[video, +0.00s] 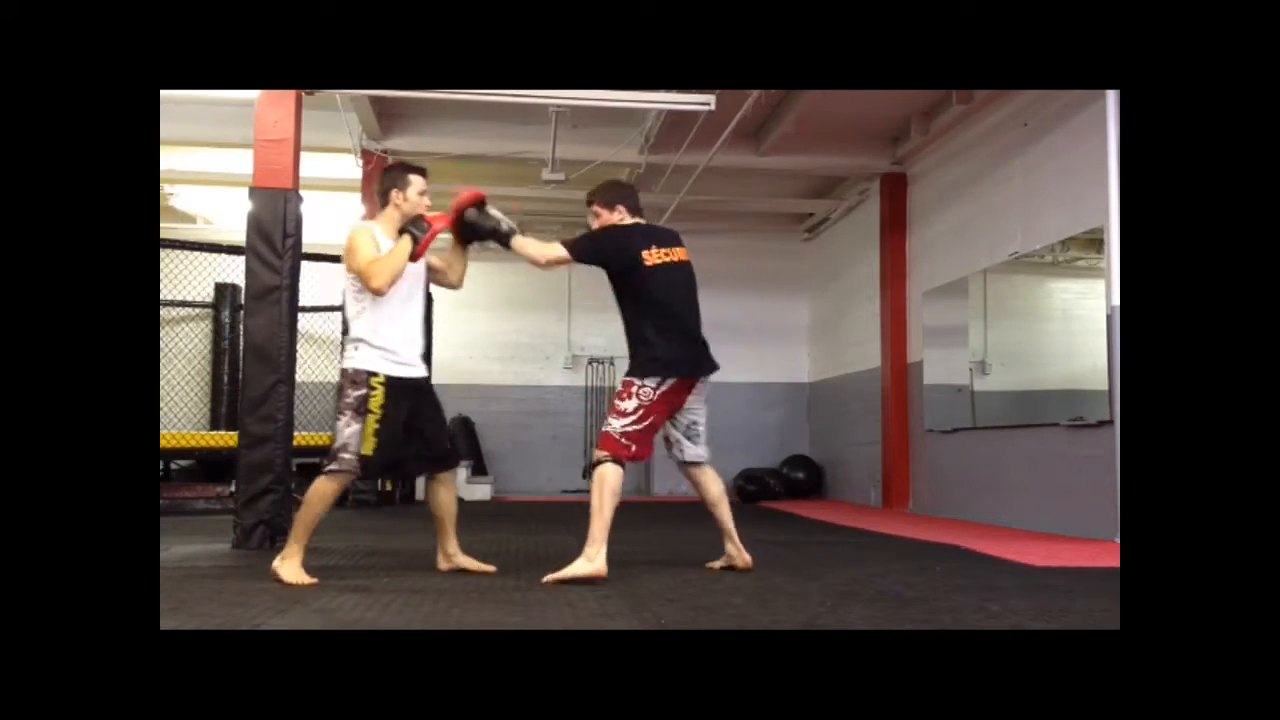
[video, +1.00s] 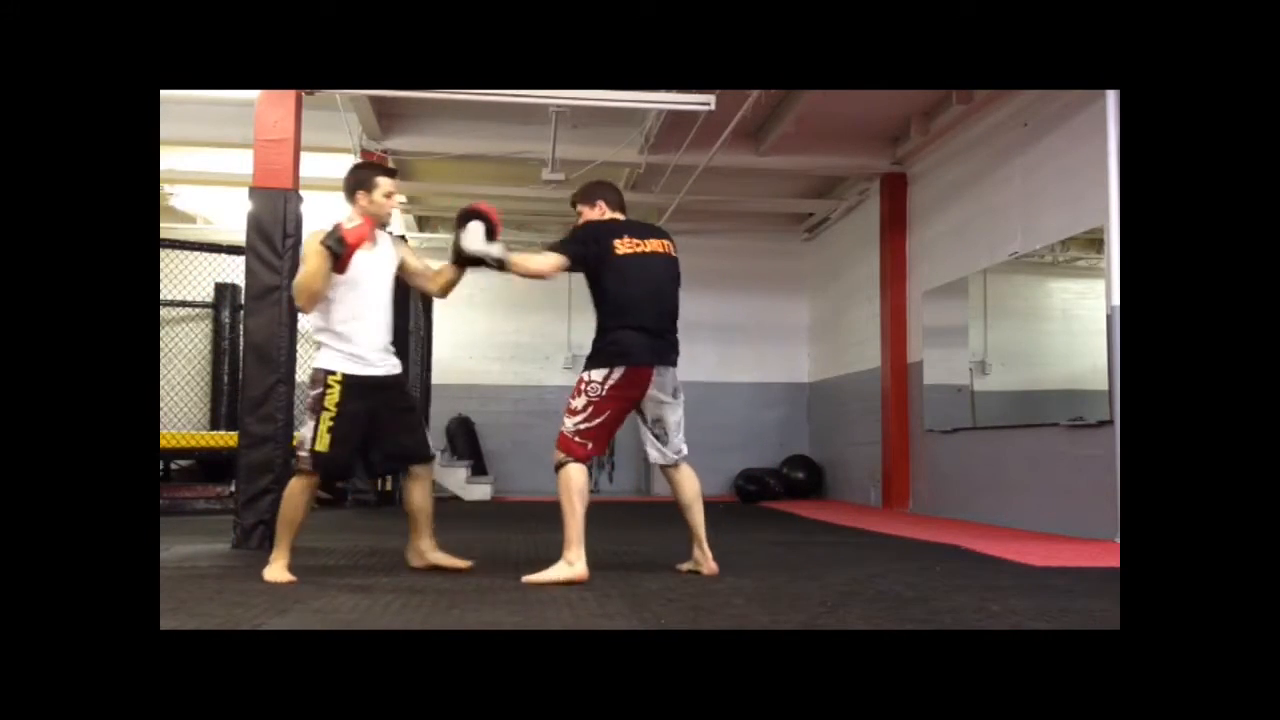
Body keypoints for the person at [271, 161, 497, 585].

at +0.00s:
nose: (427, 202)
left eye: (428, 194)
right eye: (421, 194)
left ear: (404, 198)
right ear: (395, 196)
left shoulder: (409, 246)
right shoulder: (362, 235)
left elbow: (453, 277)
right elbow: (377, 281)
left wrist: (461, 230)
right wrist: (414, 237)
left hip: (411, 373)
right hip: (369, 370)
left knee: (443, 462)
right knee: (344, 466)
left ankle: (449, 552)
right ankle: (290, 556)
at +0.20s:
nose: (459, 209)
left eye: (458, 201)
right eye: (452, 200)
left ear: (426, 204)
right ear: (428, 202)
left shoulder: (414, 240)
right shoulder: (422, 233)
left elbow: (428, 300)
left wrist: (465, 277)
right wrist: (482, 223)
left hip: (415, 365)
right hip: (403, 364)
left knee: (442, 460)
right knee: (386, 460)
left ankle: (449, 551)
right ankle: (303, 540)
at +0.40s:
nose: (470, 227)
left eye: (472, 220)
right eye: (467, 218)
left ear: (438, 215)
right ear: (443, 212)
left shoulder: (402, 252)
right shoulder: (441, 237)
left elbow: (408, 300)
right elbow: (505, 233)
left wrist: (449, 295)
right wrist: (553, 210)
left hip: (412, 371)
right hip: (409, 372)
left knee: (449, 458)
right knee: (389, 465)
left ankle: (450, 551)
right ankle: (307, 544)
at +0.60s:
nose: (464, 209)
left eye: (464, 202)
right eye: (458, 201)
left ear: (443, 204)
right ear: (433, 202)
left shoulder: (440, 259)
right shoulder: (409, 237)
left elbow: (469, 306)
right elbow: (419, 272)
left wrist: (488, 275)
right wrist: (440, 232)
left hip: (424, 369)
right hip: (396, 362)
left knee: (451, 456)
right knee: (375, 455)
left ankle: (450, 551)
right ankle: (301, 540)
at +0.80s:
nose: (429, 206)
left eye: (430, 199)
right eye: (421, 198)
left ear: (422, 205)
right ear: (394, 201)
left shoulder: (418, 252)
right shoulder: (368, 240)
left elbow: (455, 296)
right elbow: (338, 295)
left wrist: (477, 261)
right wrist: (377, 252)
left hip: (413, 375)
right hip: (369, 372)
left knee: (442, 463)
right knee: (338, 464)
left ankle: (449, 552)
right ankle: (282, 554)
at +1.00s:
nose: (395, 203)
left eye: (395, 196)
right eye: (387, 196)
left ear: (378, 199)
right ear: (360, 196)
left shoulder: (390, 244)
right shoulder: (324, 241)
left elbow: (435, 284)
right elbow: (304, 299)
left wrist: (467, 252)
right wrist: (333, 252)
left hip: (386, 371)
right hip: (338, 370)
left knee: (418, 461)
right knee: (310, 470)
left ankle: (423, 547)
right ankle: (279, 559)